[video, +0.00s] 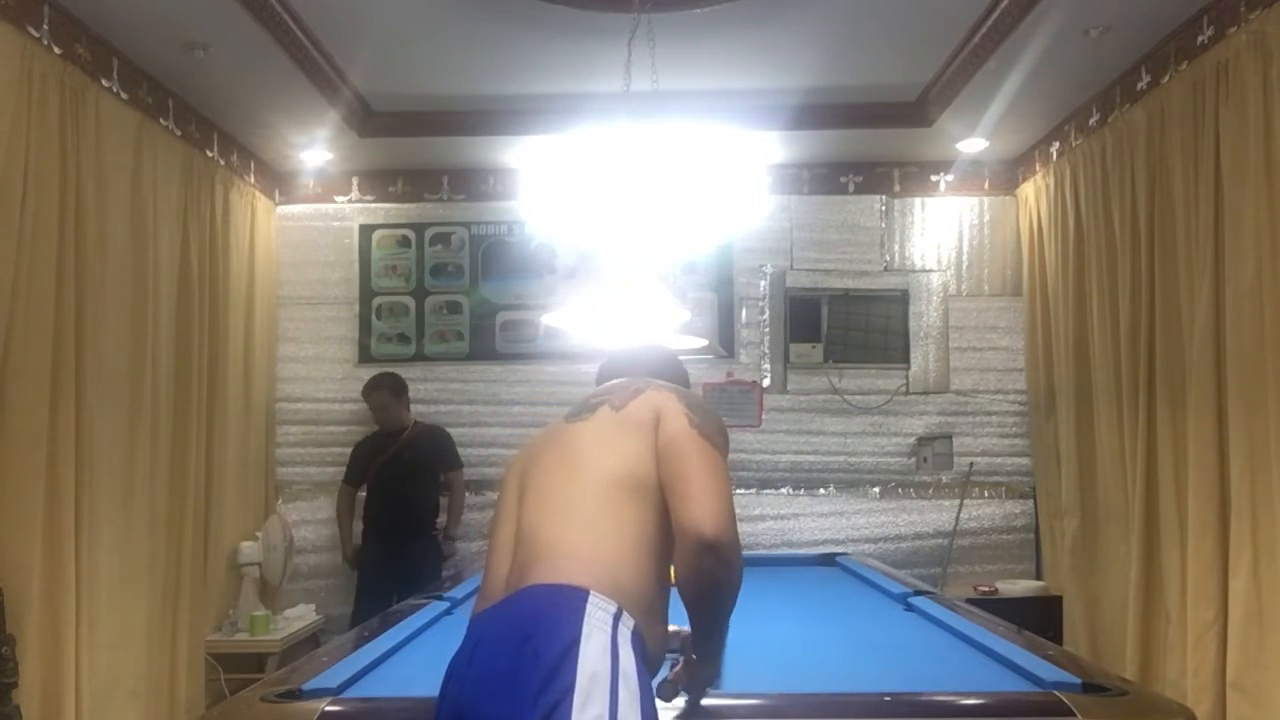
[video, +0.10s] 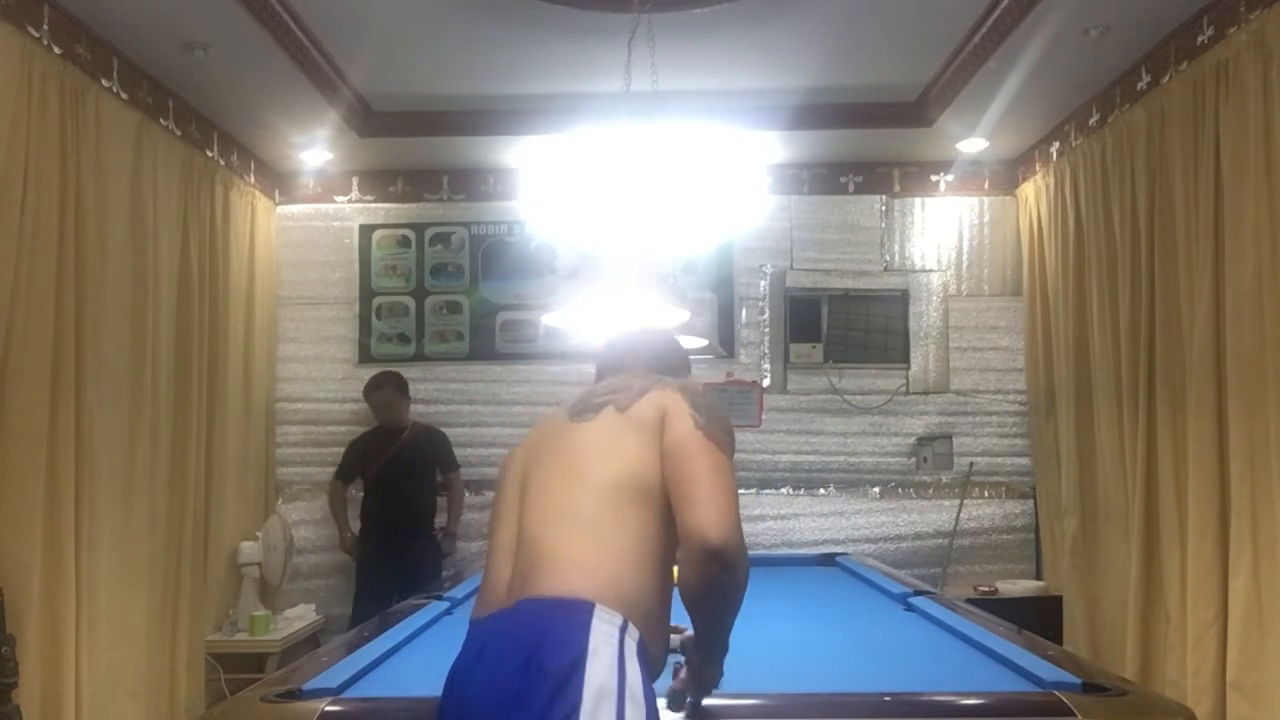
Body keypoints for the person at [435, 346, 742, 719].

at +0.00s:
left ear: (600, 388)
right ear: (677, 391)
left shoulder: (530, 449)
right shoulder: (669, 403)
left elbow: (494, 596)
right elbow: (709, 537)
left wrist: (642, 635)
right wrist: (705, 652)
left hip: (479, 647)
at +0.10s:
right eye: (689, 383)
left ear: (600, 376)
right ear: (677, 374)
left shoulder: (532, 438)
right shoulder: (673, 401)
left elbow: (496, 595)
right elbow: (714, 542)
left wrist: (636, 632)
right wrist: (707, 652)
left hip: (483, 645)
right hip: (584, 650)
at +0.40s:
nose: (678, 356)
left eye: (681, 341)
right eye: (680, 339)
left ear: (581, 335)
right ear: (669, 336)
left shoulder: (502, 417)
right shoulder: (670, 397)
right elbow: (733, 556)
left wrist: (648, 646)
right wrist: (733, 702)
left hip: (470, 695)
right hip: (594, 698)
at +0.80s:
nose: (690, 360)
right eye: (692, 352)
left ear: (580, 337)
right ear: (684, 341)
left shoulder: (494, 405)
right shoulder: (674, 386)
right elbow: (736, 536)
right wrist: (736, 708)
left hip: (428, 698)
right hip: (566, 697)